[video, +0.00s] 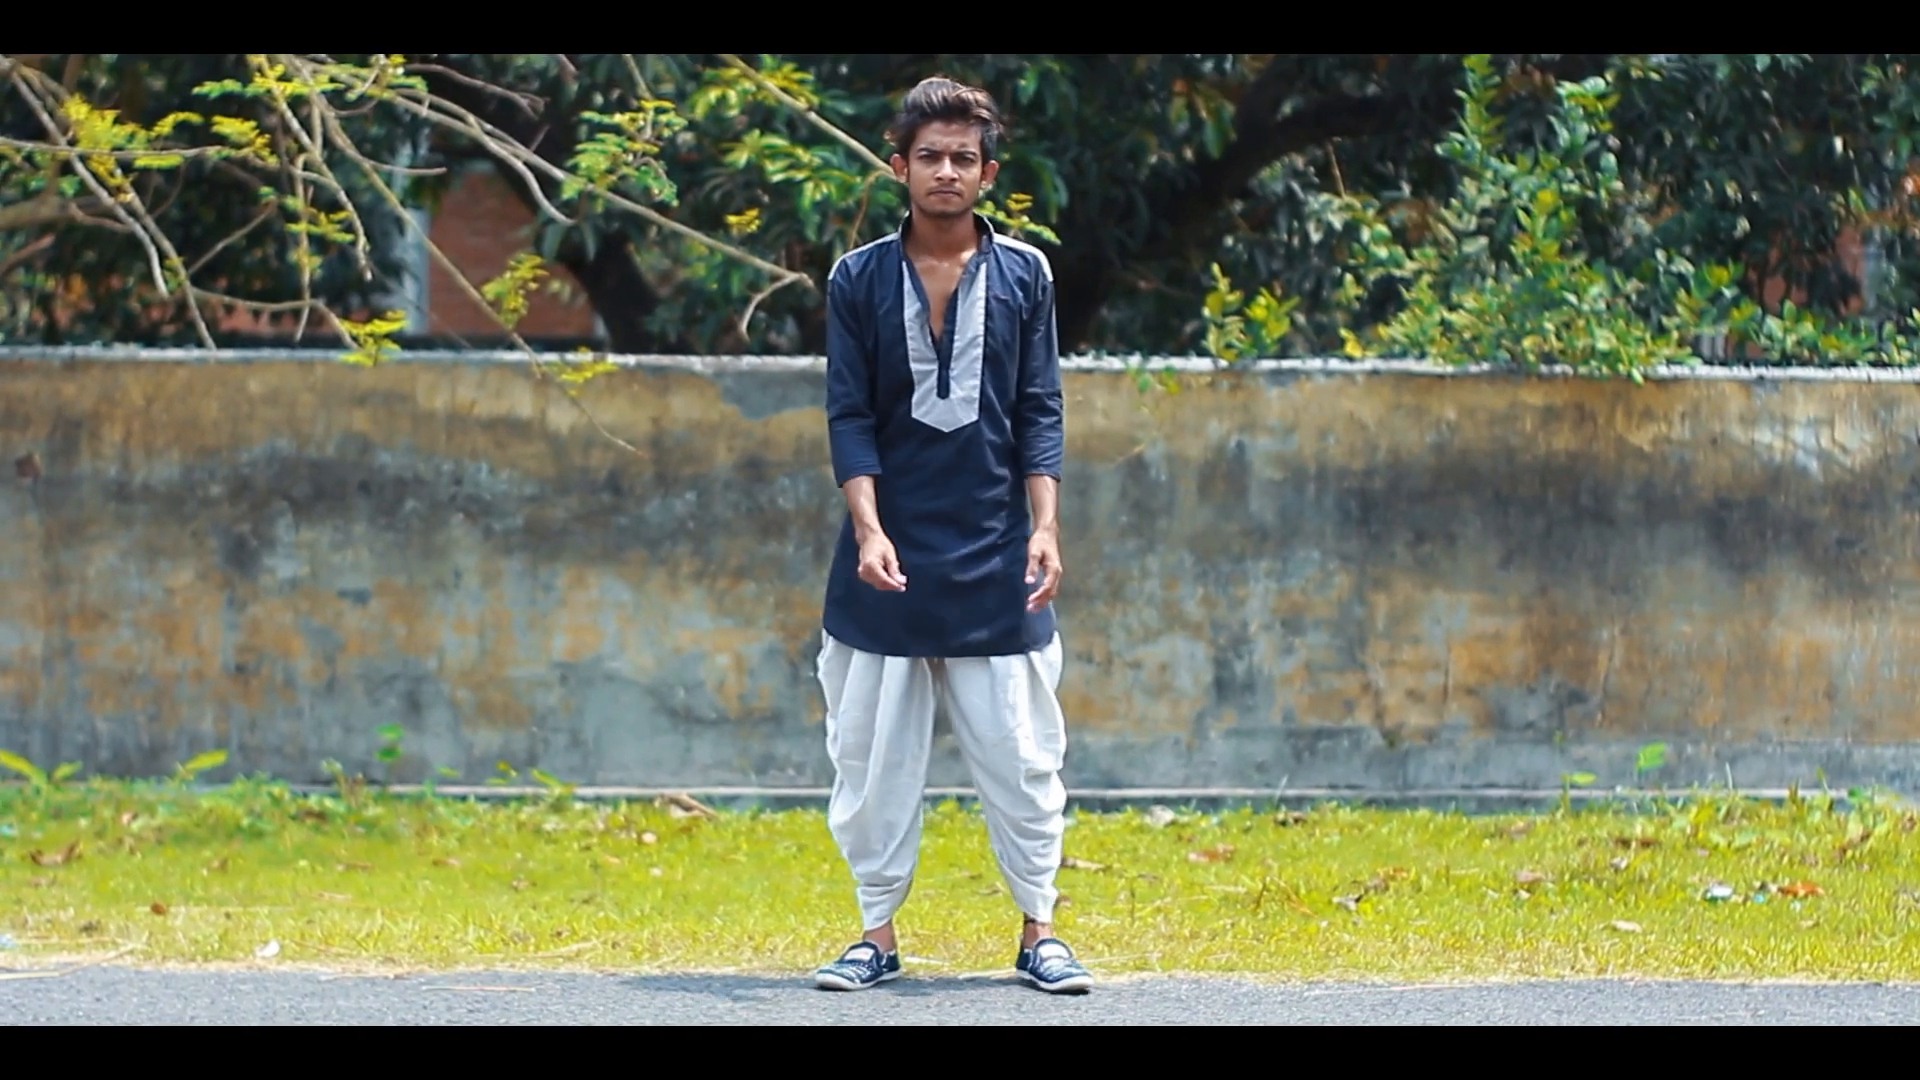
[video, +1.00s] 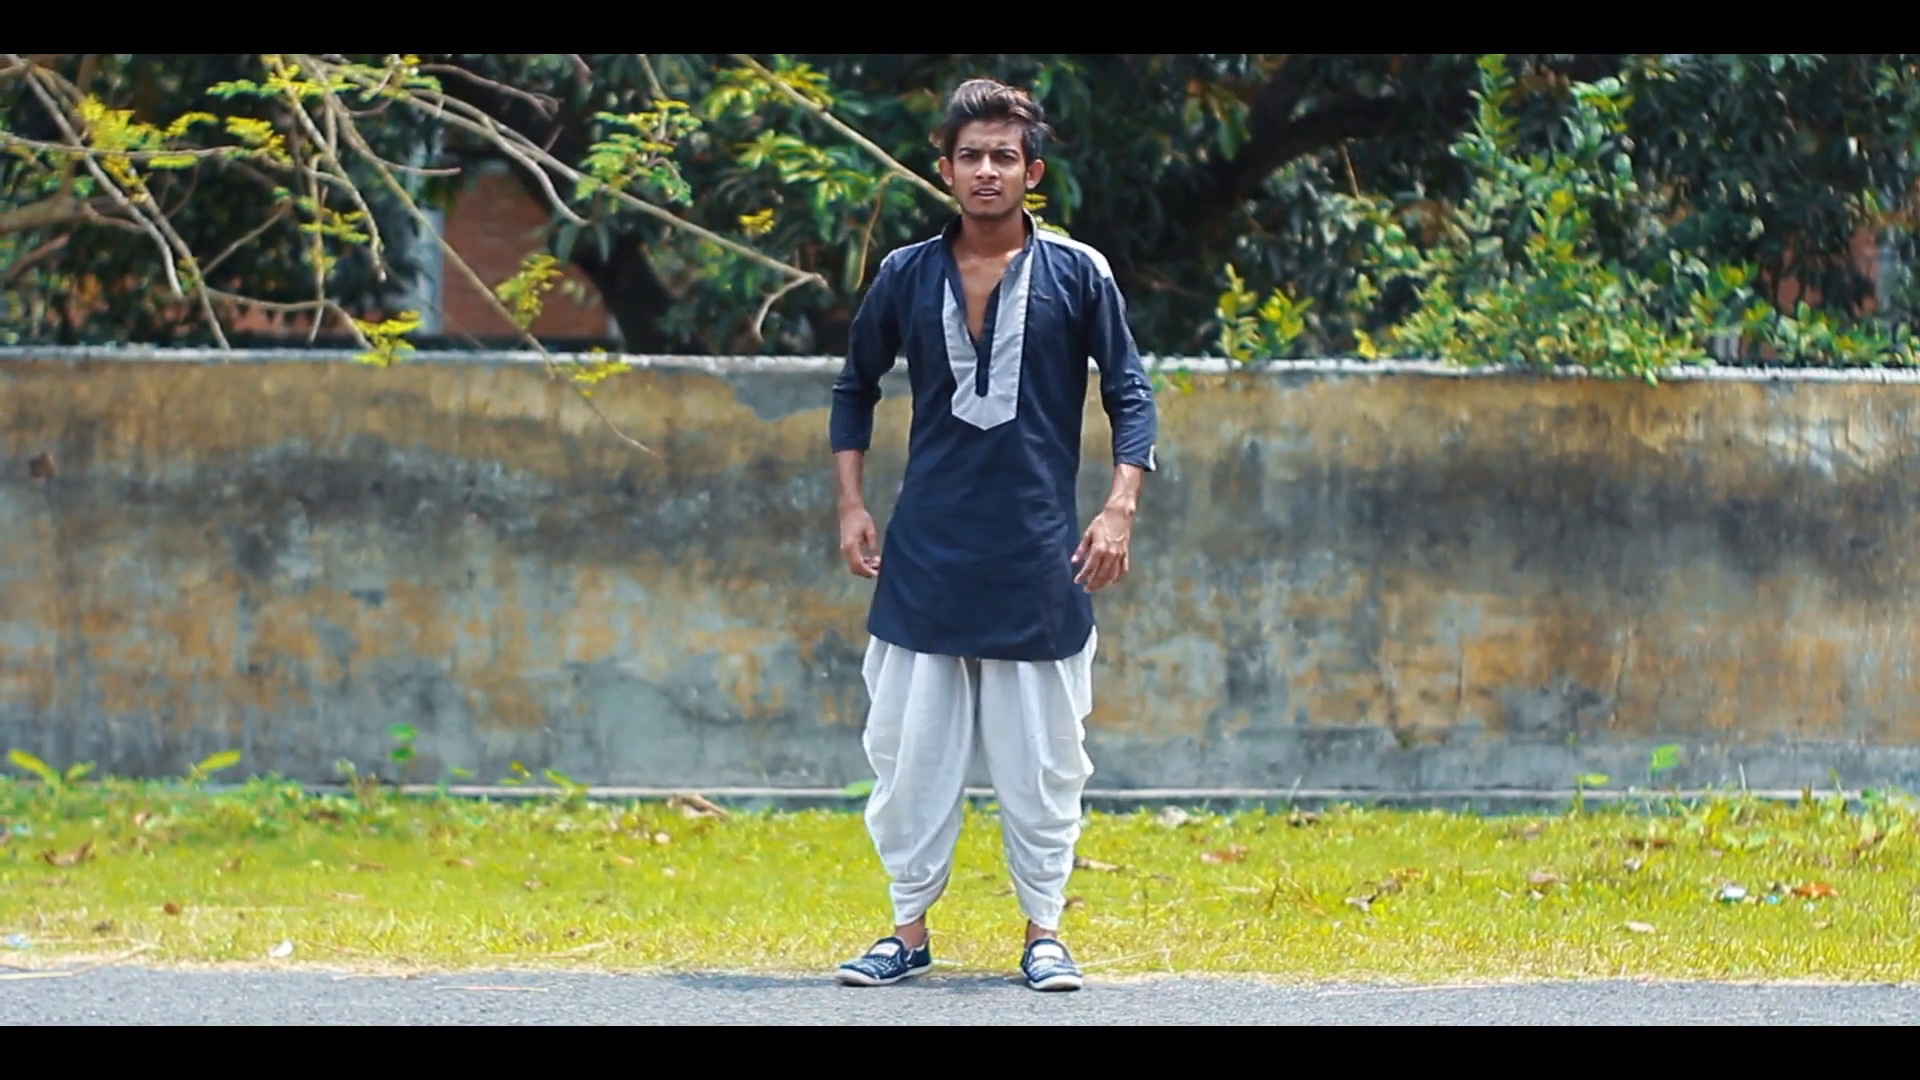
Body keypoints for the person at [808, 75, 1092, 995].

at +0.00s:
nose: (947, 173)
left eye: (964, 159)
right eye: (931, 158)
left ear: (986, 170)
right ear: (902, 167)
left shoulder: (1023, 273)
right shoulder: (858, 277)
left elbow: (1041, 408)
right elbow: (848, 414)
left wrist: (1043, 521)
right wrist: (867, 525)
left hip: (994, 540)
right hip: (886, 541)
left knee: (1020, 742)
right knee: (871, 745)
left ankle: (1039, 934)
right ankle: (877, 937)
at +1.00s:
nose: (988, 173)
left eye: (1005, 158)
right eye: (972, 158)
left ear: (1031, 169)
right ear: (948, 169)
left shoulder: (1079, 273)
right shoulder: (902, 275)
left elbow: (1130, 396)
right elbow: (856, 388)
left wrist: (1120, 507)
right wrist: (851, 503)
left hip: (1036, 547)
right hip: (926, 546)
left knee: (1043, 750)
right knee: (907, 747)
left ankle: (1044, 935)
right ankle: (910, 933)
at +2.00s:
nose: (1095, 199)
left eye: (1112, 182)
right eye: (1085, 183)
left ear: (1163, 175)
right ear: (1083, 180)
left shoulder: (1201, 247)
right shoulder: (1100, 240)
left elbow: (1301, 199)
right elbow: (1062, 178)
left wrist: (1233, 134)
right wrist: (1083, 118)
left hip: (1137, 544)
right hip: (1057, 536)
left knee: (1149, 747)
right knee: (974, 700)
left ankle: (1220, 936)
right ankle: (961, 913)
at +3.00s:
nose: (1156, 225)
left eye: (1175, 213)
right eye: (1141, 212)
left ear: (1203, 237)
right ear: (1117, 232)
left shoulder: (1235, 348)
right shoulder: (1076, 336)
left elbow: (1304, 464)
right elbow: (1021, 450)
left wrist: (1415, 410)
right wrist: (915, 401)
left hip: (1167, 611)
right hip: (1058, 599)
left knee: (1192, 788)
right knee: (948, 758)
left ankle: (1226, 965)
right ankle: (935, 944)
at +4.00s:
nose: (913, 280)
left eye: (925, 265)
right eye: (899, 260)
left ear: (930, 264)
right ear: (851, 254)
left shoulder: (892, 332)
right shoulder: (823, 344)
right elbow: (811, 262)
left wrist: (846, 208)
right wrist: (826, 222)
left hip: (907, 604)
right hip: (824, 597)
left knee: (1027, 723)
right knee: (805, 787)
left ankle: (1026, 930)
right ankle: (748, 949)